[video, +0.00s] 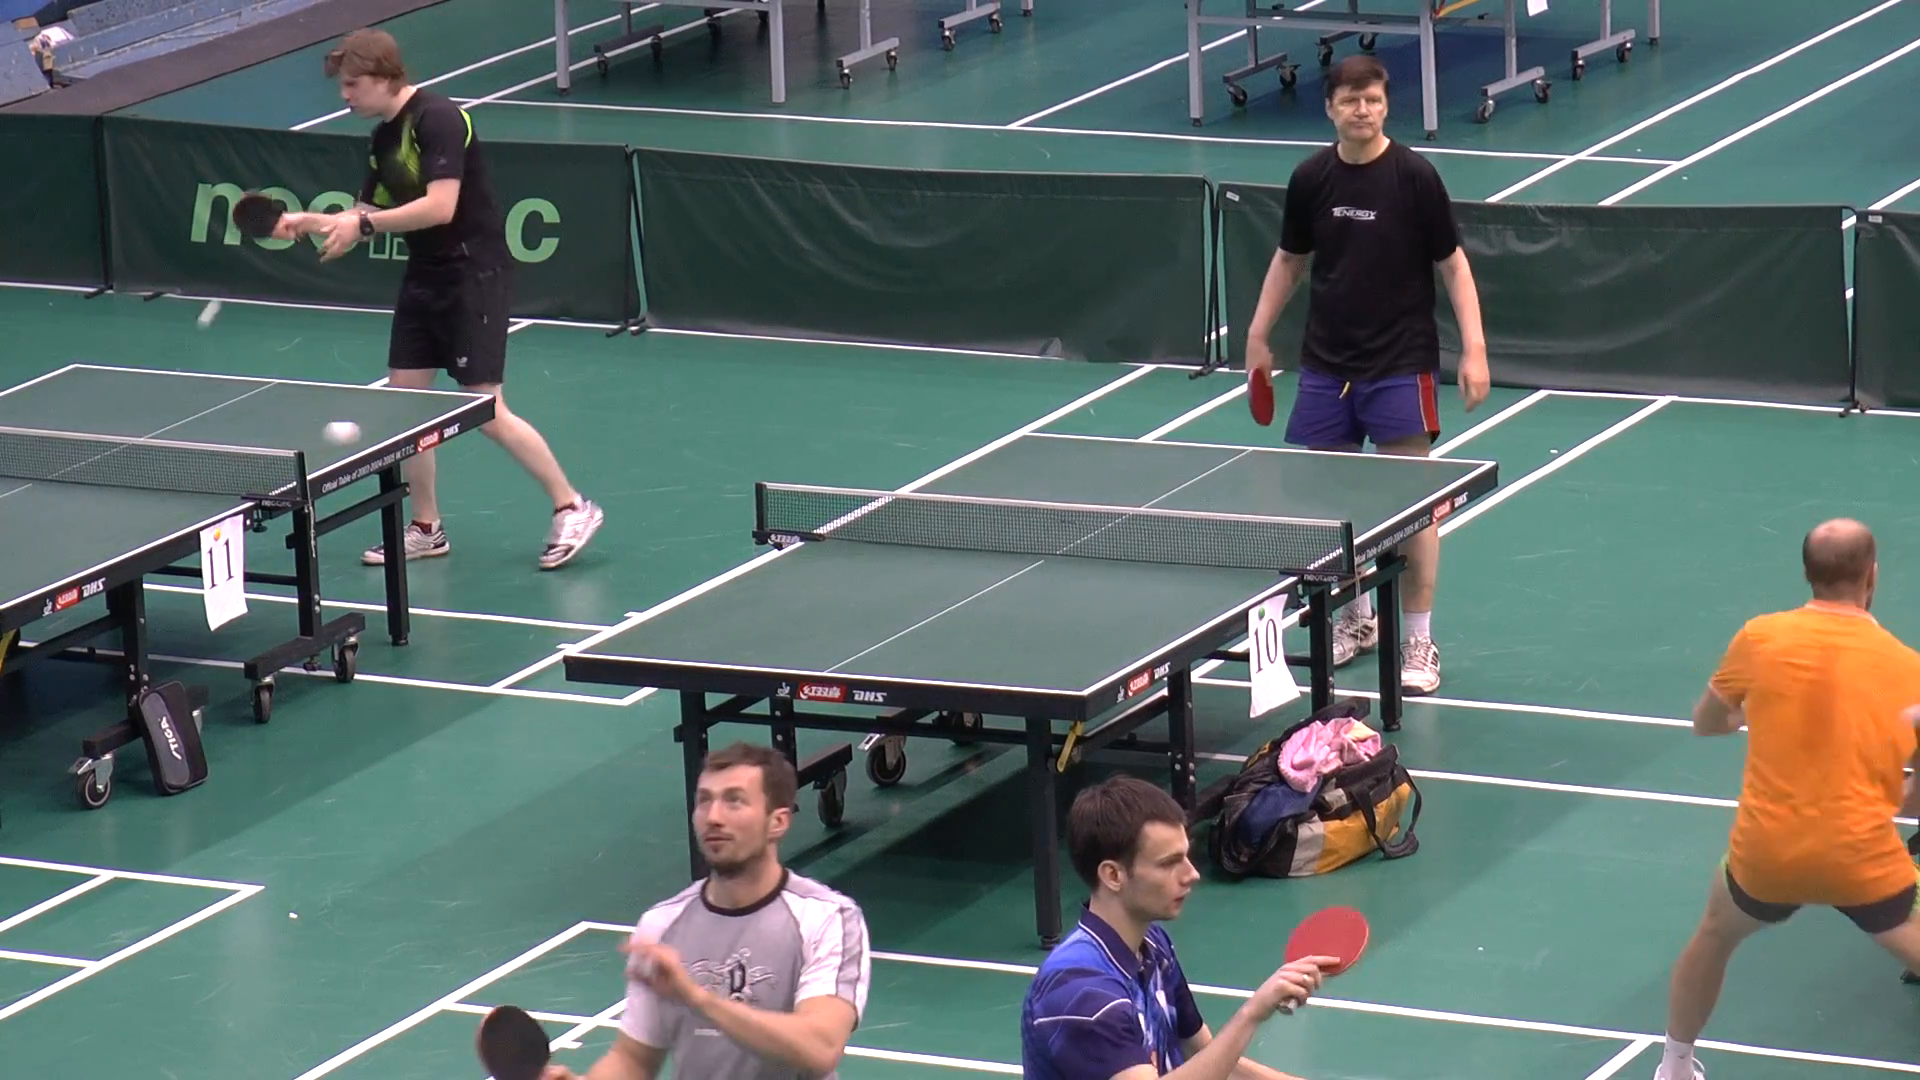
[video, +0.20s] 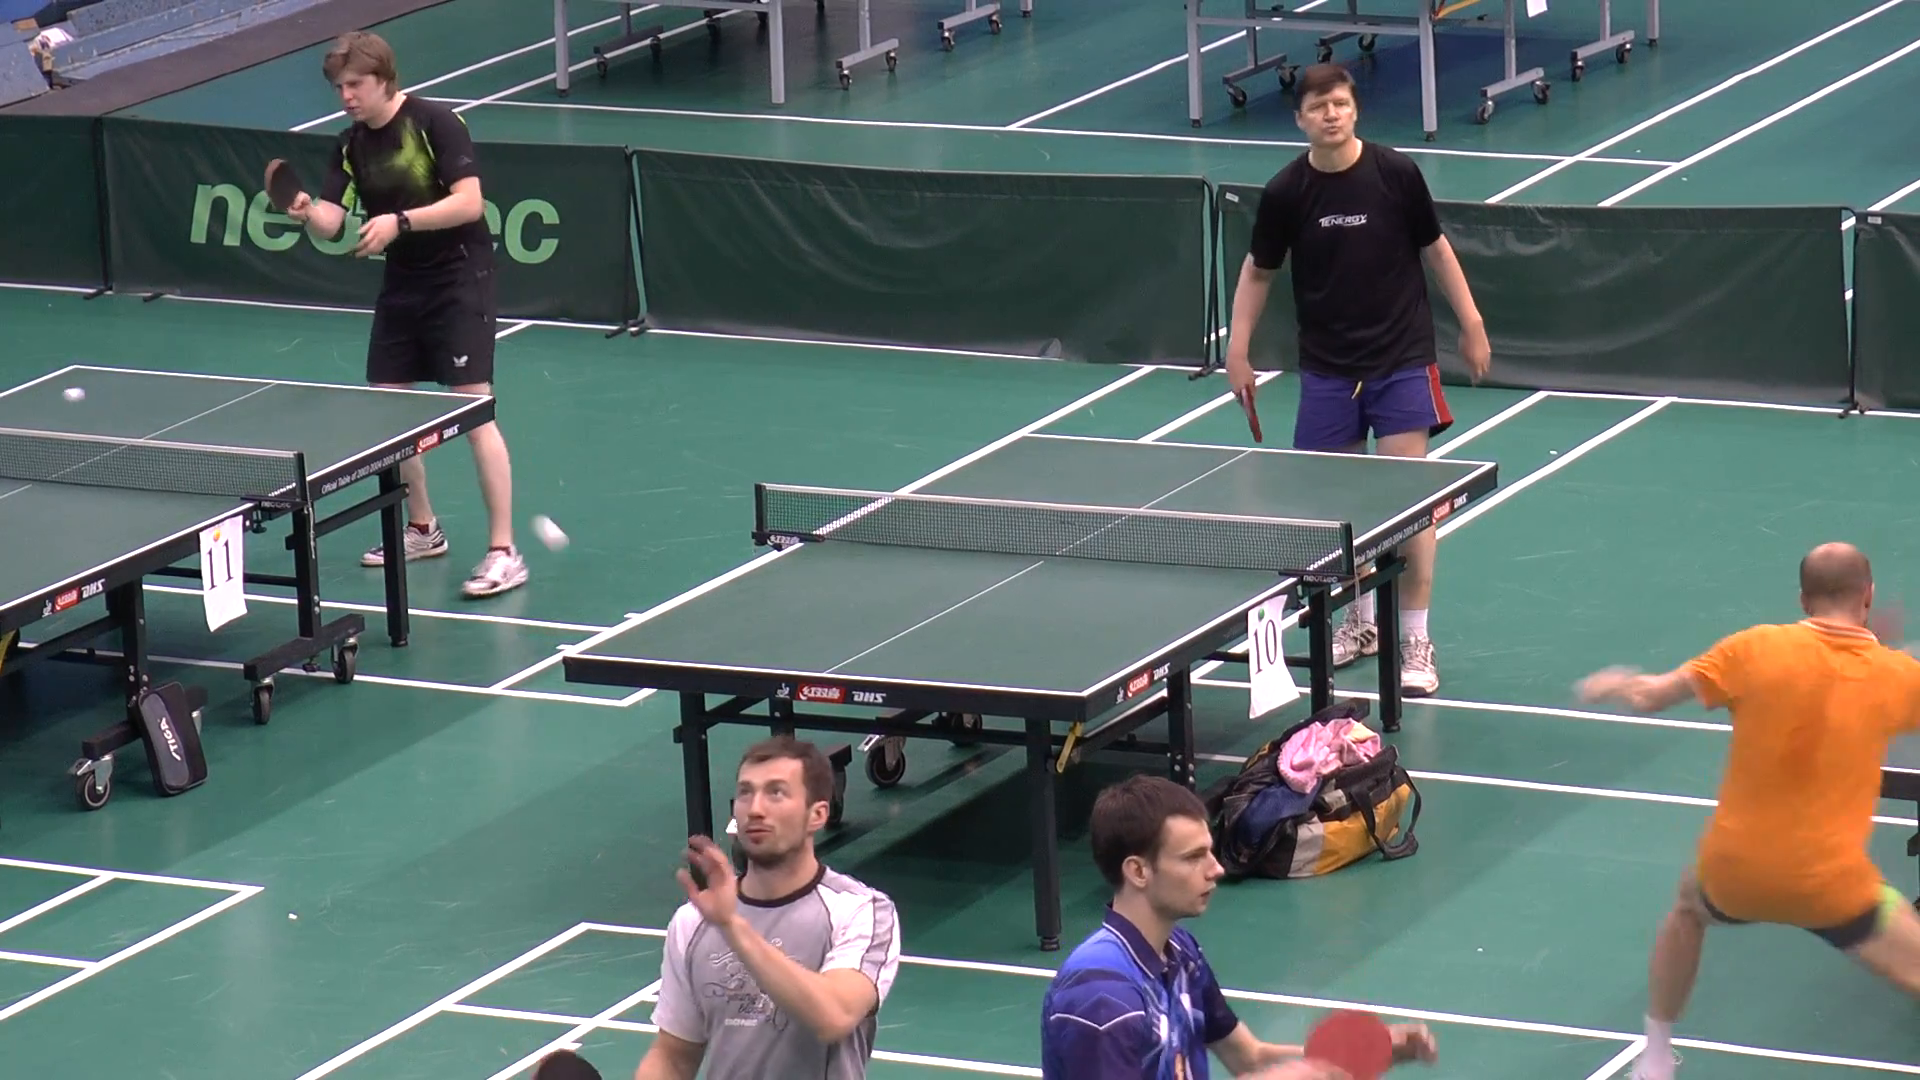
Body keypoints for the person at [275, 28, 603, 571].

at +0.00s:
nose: (346, 98)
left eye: (352, 87)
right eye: (343, 88)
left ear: (385, 78)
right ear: (365, 84)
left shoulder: (438, 116)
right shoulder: (384, 136)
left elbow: (441, 205)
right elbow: (368, 218)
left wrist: (363, 222)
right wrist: (309, 222)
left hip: (475, 274)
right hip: (424, 274)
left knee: (487, 411)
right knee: (405, 402)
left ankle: (573, 507)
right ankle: (426, 527)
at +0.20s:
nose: (346, 96)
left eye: (355, 85)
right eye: (340, 87)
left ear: (385, 80)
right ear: (339, 89)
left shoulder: (436, 120)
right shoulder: (351, 145)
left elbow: (470, 203)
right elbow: (332, 229)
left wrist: (399, 221)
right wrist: (307, 209)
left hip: (460, 279)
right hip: (402, 283)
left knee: (473, 409)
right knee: (387, 408)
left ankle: (503, 550)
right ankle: (421, 529)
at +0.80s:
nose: (303, 137)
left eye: (309, 125)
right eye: (297, 128)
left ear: (341, 115)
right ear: (309, 124)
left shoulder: (381, 153)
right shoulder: (347, 163)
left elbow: (413, 238)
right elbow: (345, 241)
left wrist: (341, 255)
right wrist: (279, 278)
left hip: (444, 295)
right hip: (398, 296)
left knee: (429, 432)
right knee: (360, 413)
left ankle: (493, 557)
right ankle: (351, 530)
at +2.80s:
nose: (295, 152)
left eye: (300, 140)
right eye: (288, 144)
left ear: (330, 127)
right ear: (318, 135)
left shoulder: (367, 162)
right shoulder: (353, 162)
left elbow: (413, 238)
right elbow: (366, 238)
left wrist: (344, 260)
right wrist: (305, 277)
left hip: (439, 302)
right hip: (400, 304)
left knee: (432, 436)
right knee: (361, 416)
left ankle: (509, 561)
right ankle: (351, 532)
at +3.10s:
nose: (344, 147)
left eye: (347, 135)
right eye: (340, 138)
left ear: (376, 120)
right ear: (377, 121)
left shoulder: (405, 163)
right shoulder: (430, 146)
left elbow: (431, 245)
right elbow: (437, 230)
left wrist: (365, 266)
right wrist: (375, 243)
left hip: (437, 319)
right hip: (427, 314)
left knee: (424, 454)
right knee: (375, 423)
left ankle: (514, 562)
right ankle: (353, 527)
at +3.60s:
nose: (367, 87)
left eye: (378, 77)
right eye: (362, 78)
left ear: (409, 77)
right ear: (359, 79)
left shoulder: (445, 133)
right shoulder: (376, 136)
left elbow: (478, 220)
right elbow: (374, 202)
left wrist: (400, 228)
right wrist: (337, 228)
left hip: (444, 297)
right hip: (390, 293)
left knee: (457, 424)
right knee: (360, 407)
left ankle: (515, 551)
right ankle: (369, 518)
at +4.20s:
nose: (314, 84)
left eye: (323, 72)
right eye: (305, 74)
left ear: (348, 65)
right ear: (299, 73)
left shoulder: (388, 109)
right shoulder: (313, 122)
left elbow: (409, 194)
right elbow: (313, 189)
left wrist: (342, 214)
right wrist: (293, 245)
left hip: (419, 263)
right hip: (360, 266)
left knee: (433, 391)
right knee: (361, 388)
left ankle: (467, 518)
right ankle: (363, 520)